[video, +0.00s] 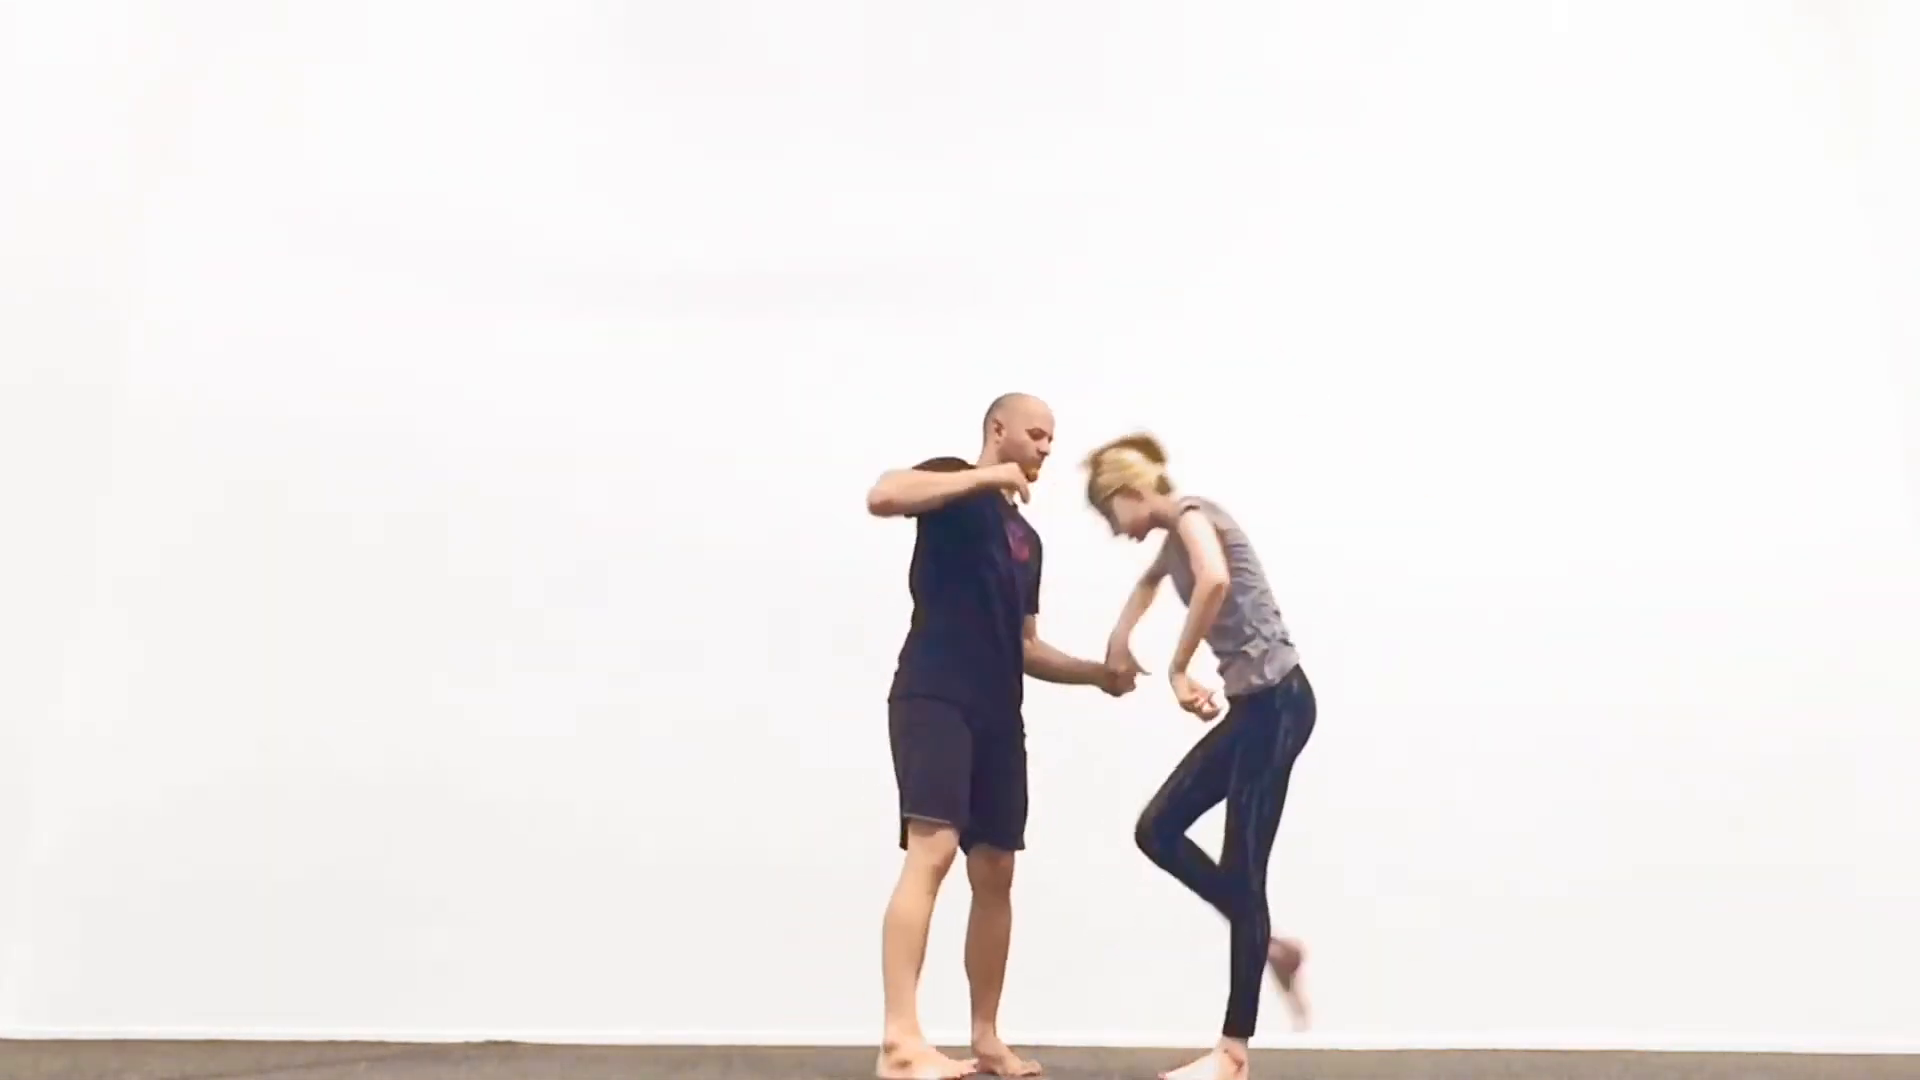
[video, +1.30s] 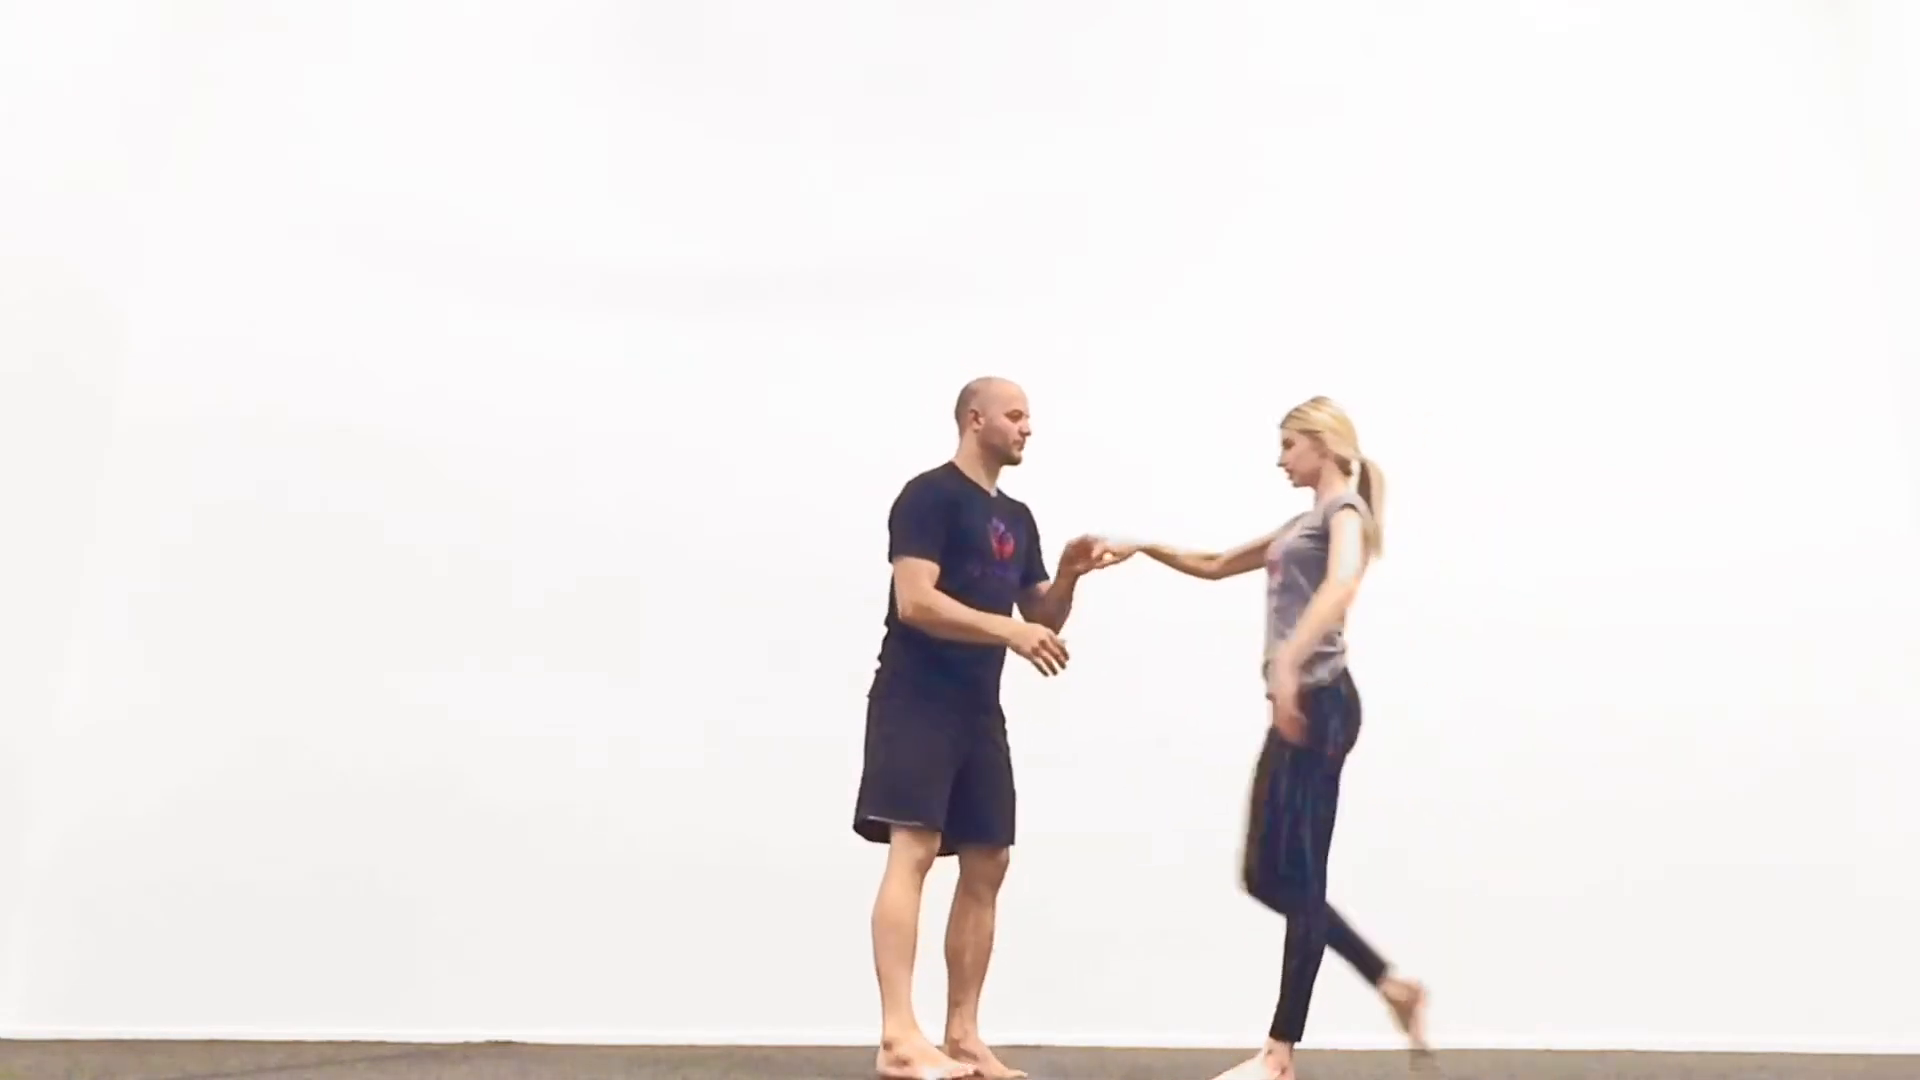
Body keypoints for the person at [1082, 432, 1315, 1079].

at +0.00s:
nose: (1112, 524)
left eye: (1110, 508)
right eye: (1105, 513)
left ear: (1136, 490)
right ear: (1139, 491)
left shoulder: (1191, 517)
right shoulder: (1183, 529)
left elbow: (1215, 581)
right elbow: (1151, 580)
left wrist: (1179, 667)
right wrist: (1118, 639)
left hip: (1277, 702)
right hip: (1252, 705)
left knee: (1245, 876)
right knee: (1157, 833)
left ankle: (1233, 1052)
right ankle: (1271, 947)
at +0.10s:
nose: (1155, 492)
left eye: (1157, 476)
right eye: (1152, 478)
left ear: (1189, 463)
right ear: (1188, 464)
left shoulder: (1240, 511)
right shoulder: (1220, 521)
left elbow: (1267, 585)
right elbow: (1186, 581)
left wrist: (1210, 661)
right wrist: (1135, 620)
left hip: (1286, 704)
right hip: (1266, 704)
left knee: (1250, 874)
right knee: (1215, 867)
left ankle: (1233, 1052)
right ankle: (1358, 944)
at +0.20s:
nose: (1204, 474)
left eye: (1209, 458)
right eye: (1202, 461)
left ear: (1243, 454)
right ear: (1244, 458)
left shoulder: (1286, 512)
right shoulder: (1260, 523)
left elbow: (1326, 596)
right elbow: (1212, 586)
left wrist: (1272, 673)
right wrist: (1148, 604)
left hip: (1296, 704)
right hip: (1293, 705)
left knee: (1258, 874)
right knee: (1305, 884)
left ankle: (1234, 1051)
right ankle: (1450, 985)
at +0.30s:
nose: (1249, 470)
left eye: (1257, 456)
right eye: (1248, 458)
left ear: (1293, 456)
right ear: (1288, 461)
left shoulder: (1330, 523)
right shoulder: (1299, 534)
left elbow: (1377, 614)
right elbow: (1235, 601)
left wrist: (1350, 702)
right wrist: (1161, 596)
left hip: (1327, 716)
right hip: (1331, 715)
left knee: (1274, 873)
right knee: (1393, 881)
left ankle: (1233, 1052)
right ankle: (1500, 1023)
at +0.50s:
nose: (1325, 476)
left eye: (1333, 462)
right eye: (1323, 465)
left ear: (1370, 462)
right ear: (1357, 469)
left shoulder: (1397, 535)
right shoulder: (1366, 547)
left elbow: (1431, 632)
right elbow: (1284, 613)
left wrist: (1453, 733)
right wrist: (1196, 593)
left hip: (1402, 719)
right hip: (1414, 720)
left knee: (1326, 863)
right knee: (1475, 886)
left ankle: (1260, 1037)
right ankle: (1539, 1048)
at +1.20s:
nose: (1320, 461)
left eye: (1327, 448)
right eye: (1320, 450)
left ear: (1364, 449)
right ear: (1355, 454)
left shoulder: (1382, 514)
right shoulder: (1345, 527)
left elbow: (1393, 603)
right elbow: (1253, 571)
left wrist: (1368, 696)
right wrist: (1167, 551)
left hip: (1346, 706)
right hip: (1340, 706)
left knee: (1312, 874)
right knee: (1371, 882)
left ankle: (1280, 1051)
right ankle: (1492, 1011)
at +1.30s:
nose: (1281, 456)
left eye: (1289, 444)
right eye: (1282, 445)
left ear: (1323, 448)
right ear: (1319, 449)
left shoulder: (1344, 510)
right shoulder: (1308, 520)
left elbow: (1342, 586)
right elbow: (1217, 565)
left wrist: (1287, 661)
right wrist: (1141, 547)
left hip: (1322, 699)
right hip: (1296, 701)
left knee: (1300, 877)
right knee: (1267, 874)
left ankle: (1279, 1052)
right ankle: (1393, 987)